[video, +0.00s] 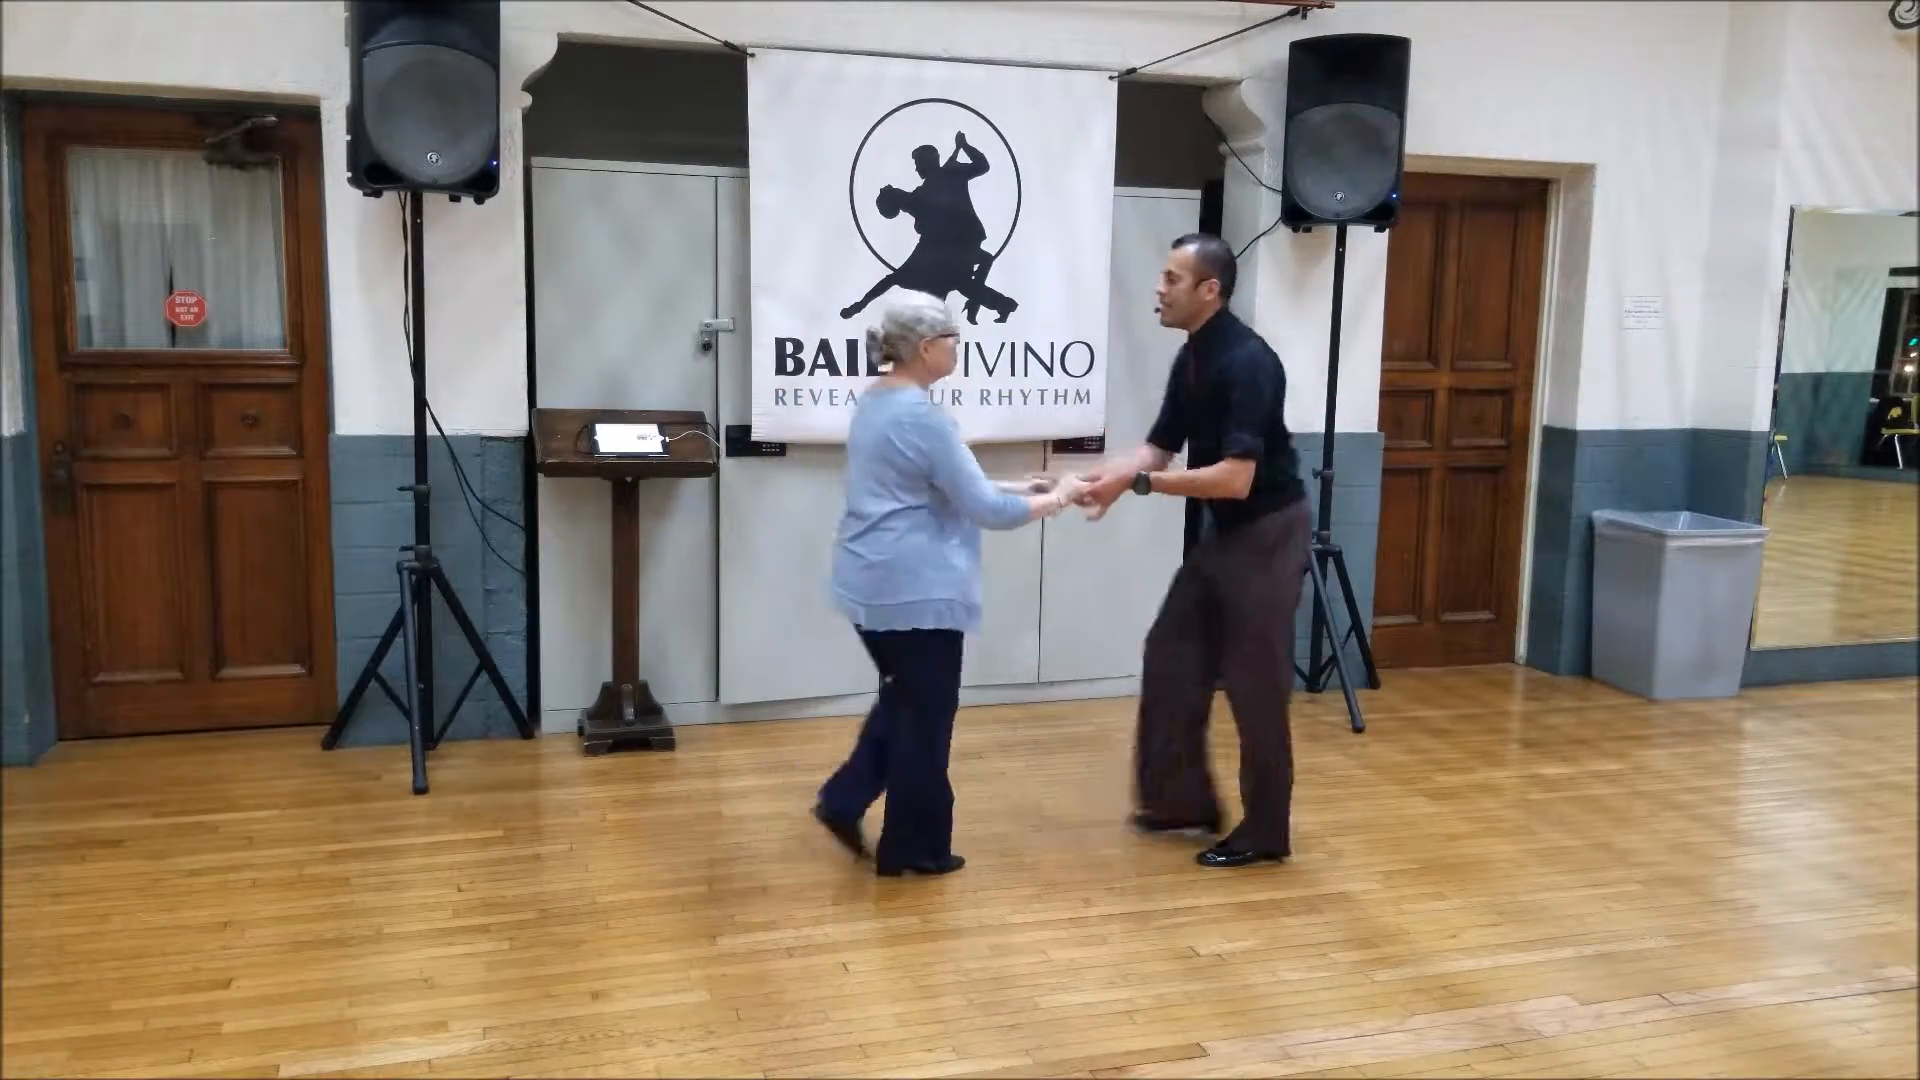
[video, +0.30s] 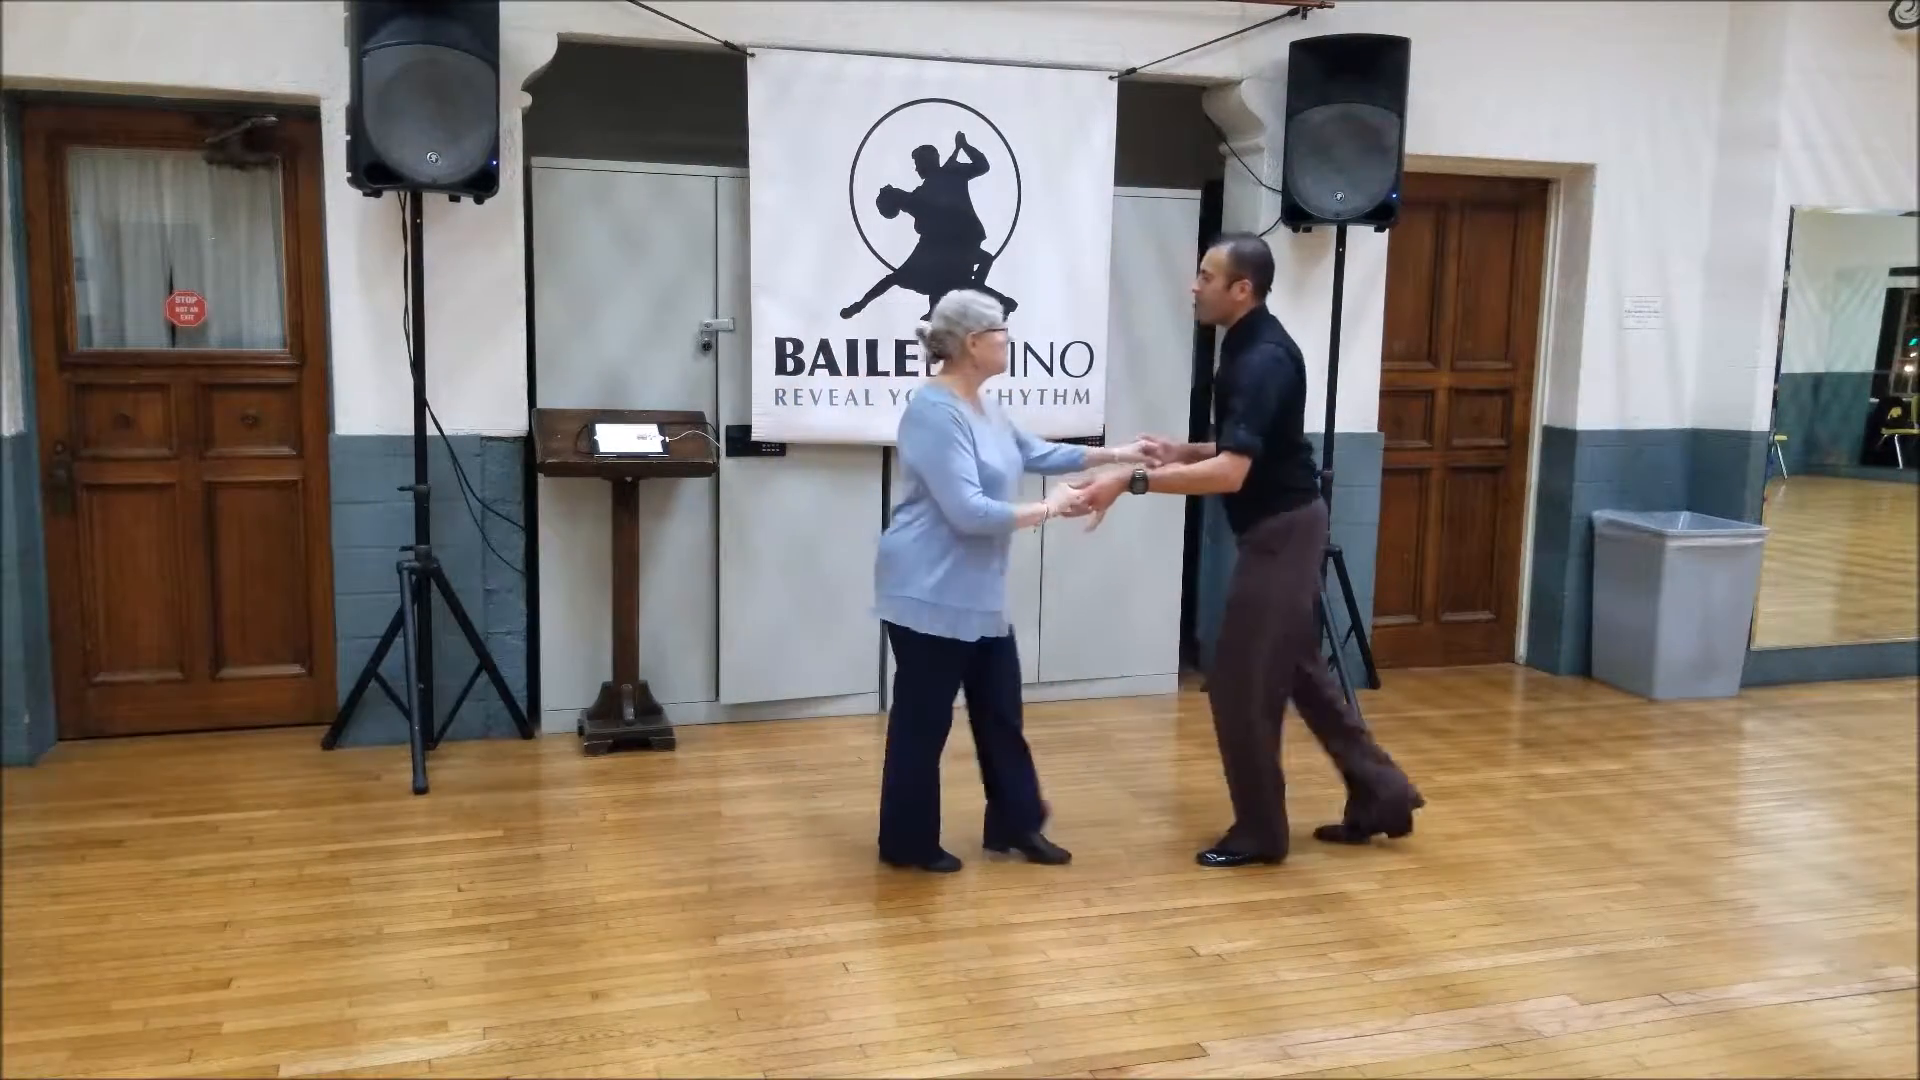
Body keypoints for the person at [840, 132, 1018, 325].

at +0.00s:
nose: (917, 167)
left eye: (919, 162)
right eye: (916, 162)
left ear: (927, 161)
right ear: (937, 159)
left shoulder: (919, 194)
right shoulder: (956, 172)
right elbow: (982, 165)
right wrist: (966, 147)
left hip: (931, 253)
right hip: (962, 250)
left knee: (895, 278)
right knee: (965, 285)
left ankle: (860, 305)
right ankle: (1004, 304)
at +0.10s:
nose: (917, 167)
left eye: (919, 162)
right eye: (916, 163)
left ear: (927, 161)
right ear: (937, 159)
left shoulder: (919, 194)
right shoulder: (956, 172)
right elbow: (982, 166)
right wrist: (966, 147)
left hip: (929, 256)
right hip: (961, 253)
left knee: (895, 278)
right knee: (964, 284)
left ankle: (859, 305)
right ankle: (1003, 303)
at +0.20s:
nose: (917, 167)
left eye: (919, 162)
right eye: (916, 162)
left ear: (925, 162)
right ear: (938, 159)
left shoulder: (918, 195)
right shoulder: (956, 172)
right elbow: (982, 165)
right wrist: (966, 147)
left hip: (930, 254)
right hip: (964, 250)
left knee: (894, 278)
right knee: (962, 283)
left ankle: (860, 305)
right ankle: (1003, 303)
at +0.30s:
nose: (917, 167)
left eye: (918, 163)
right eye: (917, 162)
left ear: (921, 164)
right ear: (938, 159)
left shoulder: (918, 195)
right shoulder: (957, 172)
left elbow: (919, 227)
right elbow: (982, 165)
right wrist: (966, 146)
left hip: (929, 259)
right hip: (962, 257)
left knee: (893, 279)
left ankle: (860, 305)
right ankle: (1006, 302)